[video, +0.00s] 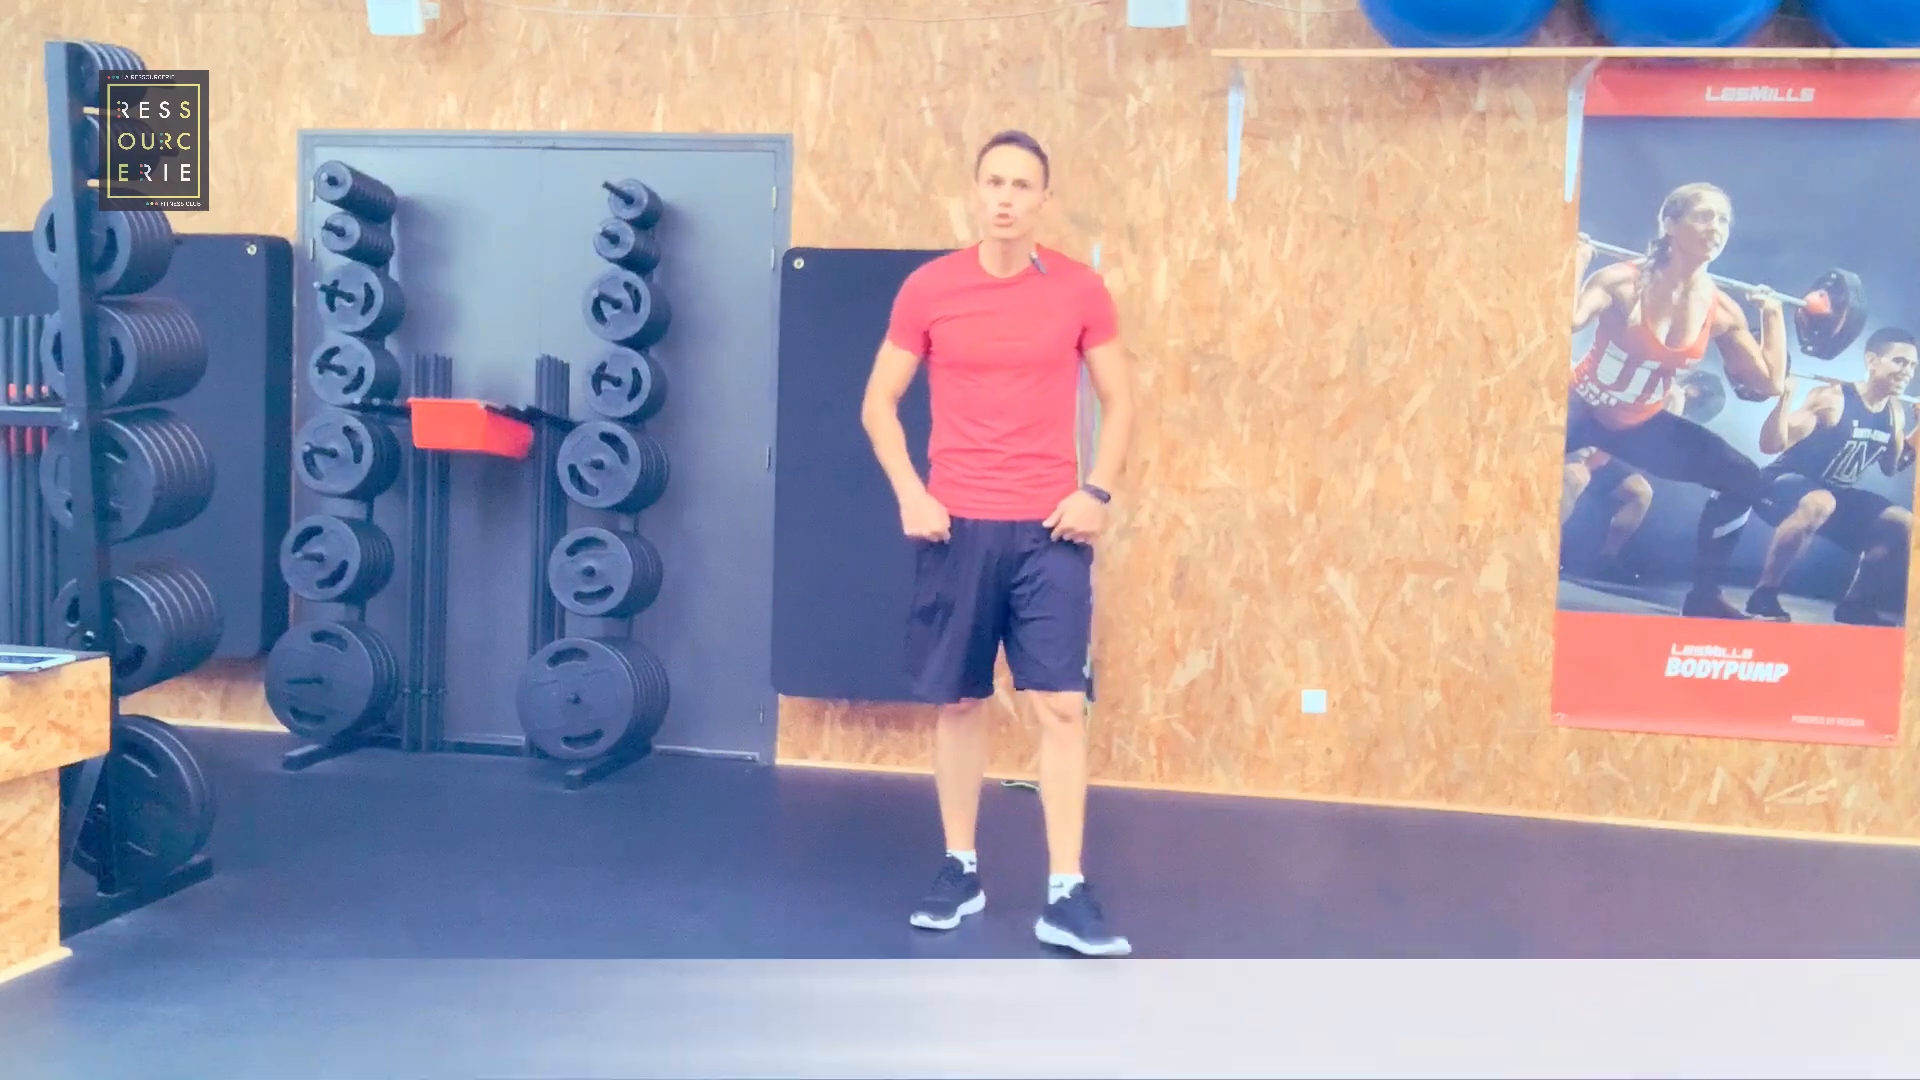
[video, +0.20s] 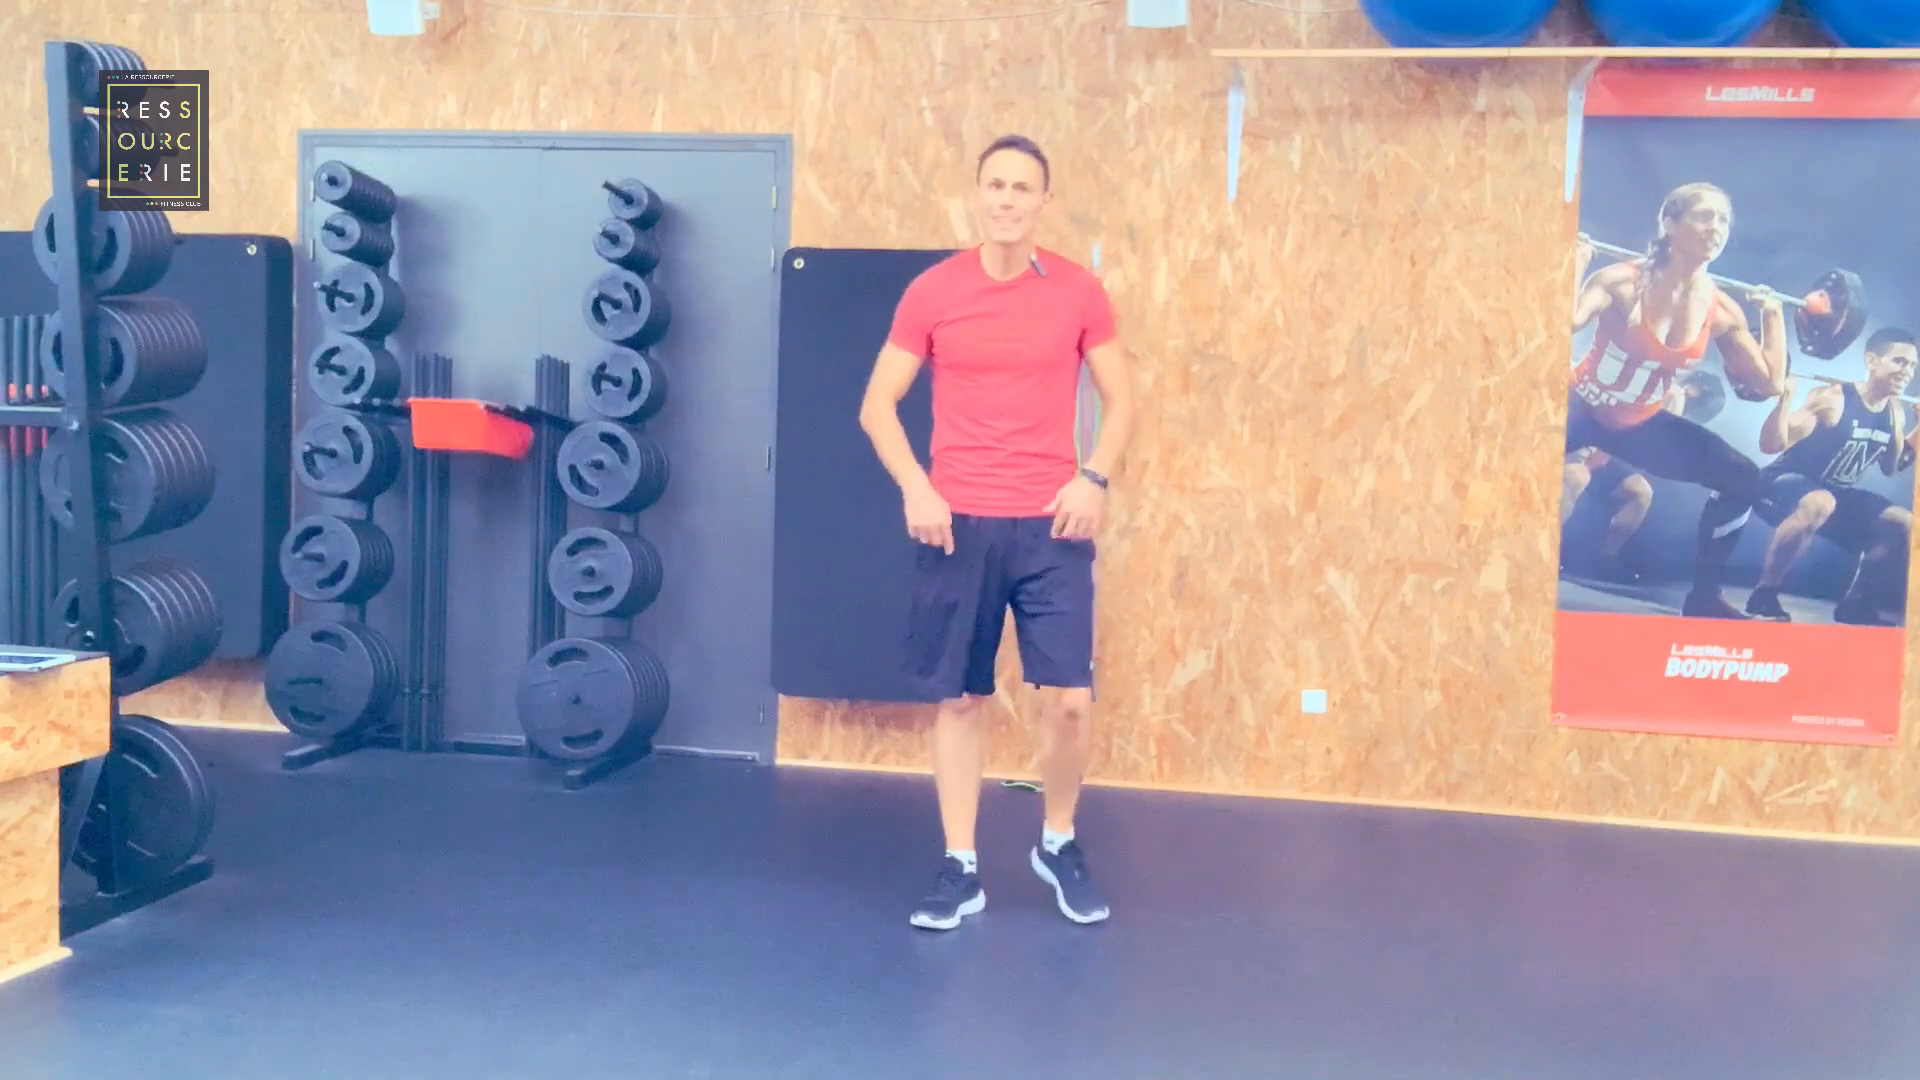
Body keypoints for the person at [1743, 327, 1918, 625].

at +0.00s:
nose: (1906, 371)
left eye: (1912, 365)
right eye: (1899, 361)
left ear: (1914, 371)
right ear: (1872, 361)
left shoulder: (1894, 411)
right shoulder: (1831, 397)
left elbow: (1891, 466)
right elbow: (1769, 444)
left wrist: (1913, 437)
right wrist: (1784, 398)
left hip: (1838, 495)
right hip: (1785, 481)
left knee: (1904, 524)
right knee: (1821, 502)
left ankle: (1854, 605)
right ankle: (1764, 595)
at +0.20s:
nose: (1906, 372)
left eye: (1911, 365)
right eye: (1899, 361)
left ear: (1913, 371)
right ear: (1872, 361)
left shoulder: (1894, 411)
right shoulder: (1831, 397)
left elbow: (1890, 466)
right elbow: (1769, 444)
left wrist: (1911, 442)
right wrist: (1784, 398)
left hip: (1838, 495)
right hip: (1785, 481)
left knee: (1904, 524)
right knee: (1821, 502)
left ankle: (1854, 605)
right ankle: (1764, 596)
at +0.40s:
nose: (1906, 372)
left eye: (1911, 365)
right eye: (1899, 361)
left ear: (1913, 371)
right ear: (1872, 361)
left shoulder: (1894, 411)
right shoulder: (1831, 397)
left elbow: (1891, 466)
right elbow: (1769, 444)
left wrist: (1912, 442)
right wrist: (1785, 397)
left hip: (1838, 495)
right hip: (1785, 482)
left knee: (1905, 524)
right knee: (1820, 502)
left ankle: (1854, 604)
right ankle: (1764, 596)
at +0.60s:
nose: (1906, 372)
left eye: (1911, 365)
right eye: (1899, 361)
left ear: (1913, 371)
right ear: (1872, 361)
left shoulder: (1894, 411)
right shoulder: (1831, 397)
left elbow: (1891, 466)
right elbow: (1769, 444)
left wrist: (1912, 440)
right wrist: (1785, 397)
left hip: (1838, 495)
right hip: (1785, 482)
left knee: (1905, 524)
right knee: (1820, 502)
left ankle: (1854, 604)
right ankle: (1763, 596)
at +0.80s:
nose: (1906, 372)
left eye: (1911, 365)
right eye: (1899, 361)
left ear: (1913, 371)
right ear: (1872, 361)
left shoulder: (1894, 411)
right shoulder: (1831, 397)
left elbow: (1890, 466)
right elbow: (1769, 444)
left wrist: (1912, 441)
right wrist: (1785, 397)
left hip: (1838, 494)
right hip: (1785, 481)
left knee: (1904, 524)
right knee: (1821, 502)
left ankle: (1854, 604)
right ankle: (1764, 596)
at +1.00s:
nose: (1906, 372)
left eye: (1911, 365)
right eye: (1899, 361)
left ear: (1913, 371)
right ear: (1872, 361)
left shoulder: (1894, 411)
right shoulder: (1831, 397)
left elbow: (1890, 466)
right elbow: (1768, 444)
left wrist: (1910, 444)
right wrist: (1784, 398)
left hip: (1838, 494)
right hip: (1785, 481)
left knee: (1904, 524)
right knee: (1821, 502)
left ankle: (1854, 605)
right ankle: (1763, 595)